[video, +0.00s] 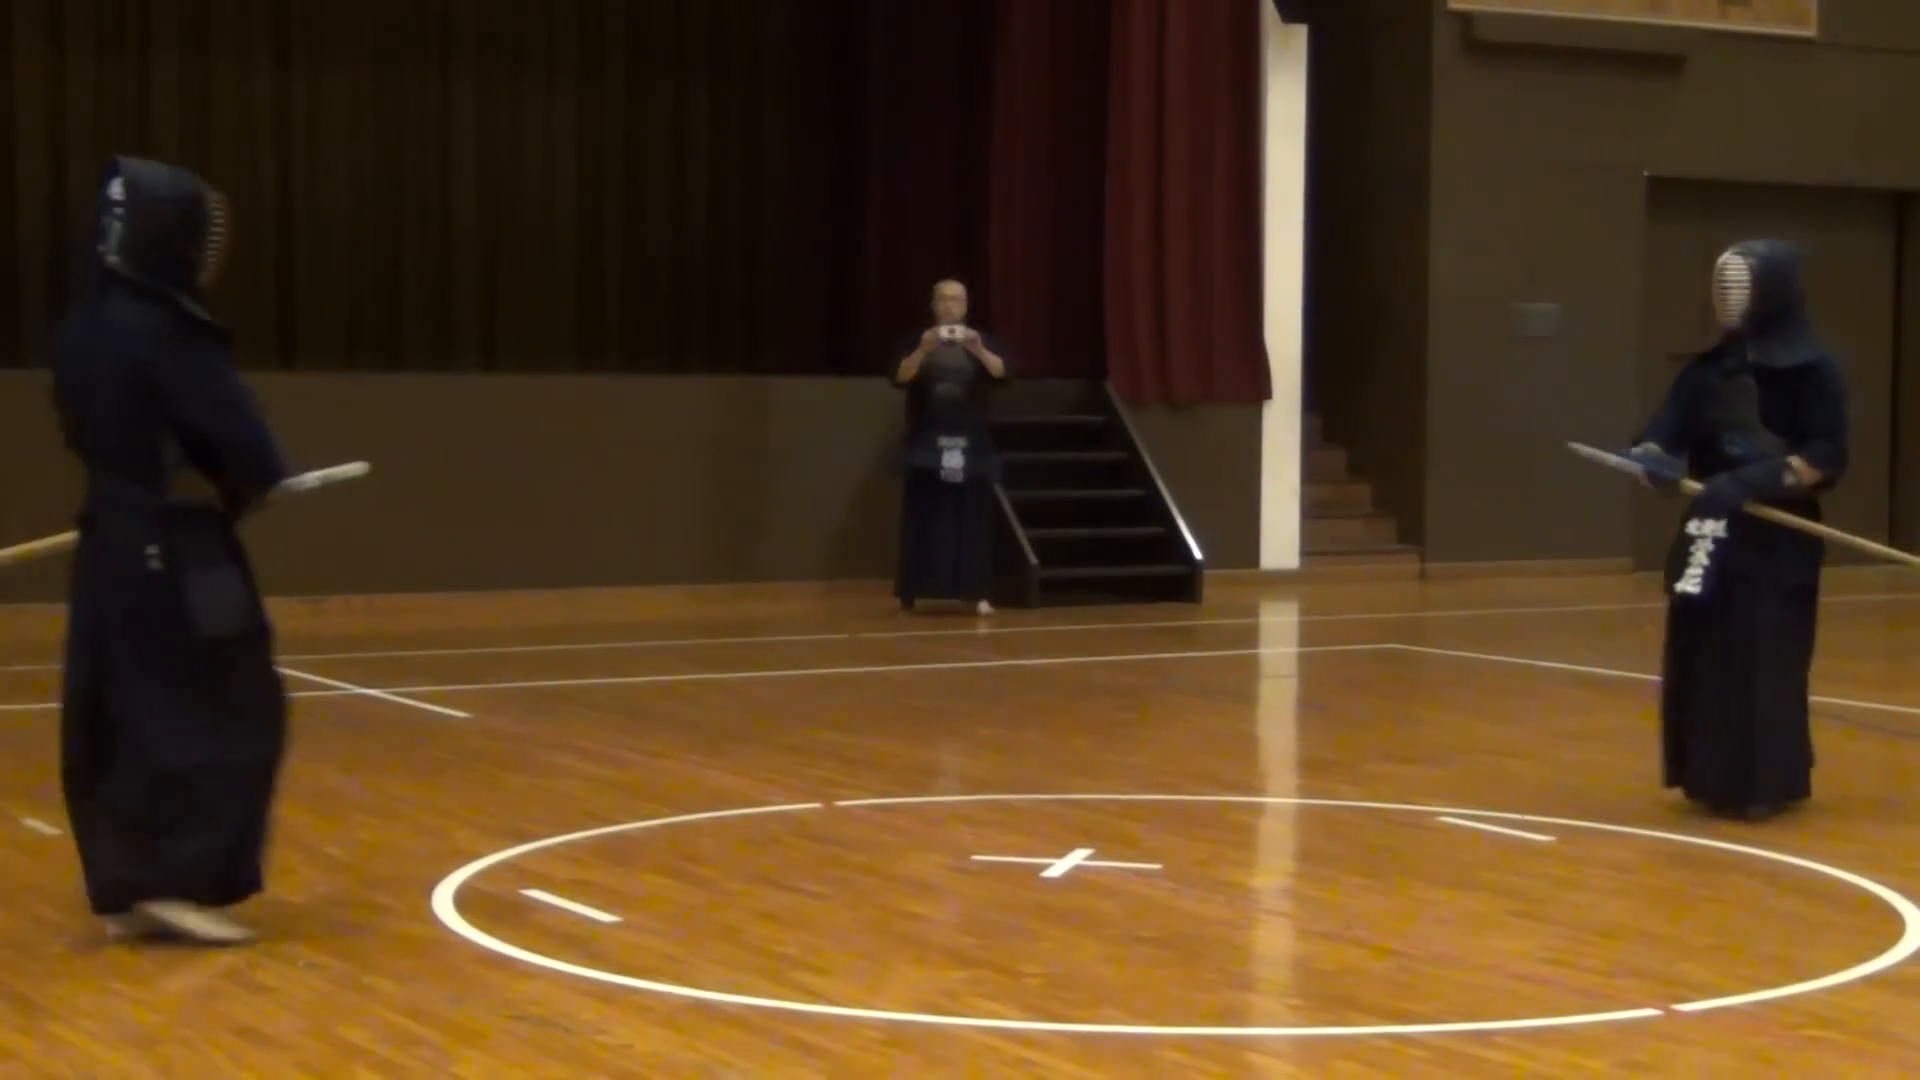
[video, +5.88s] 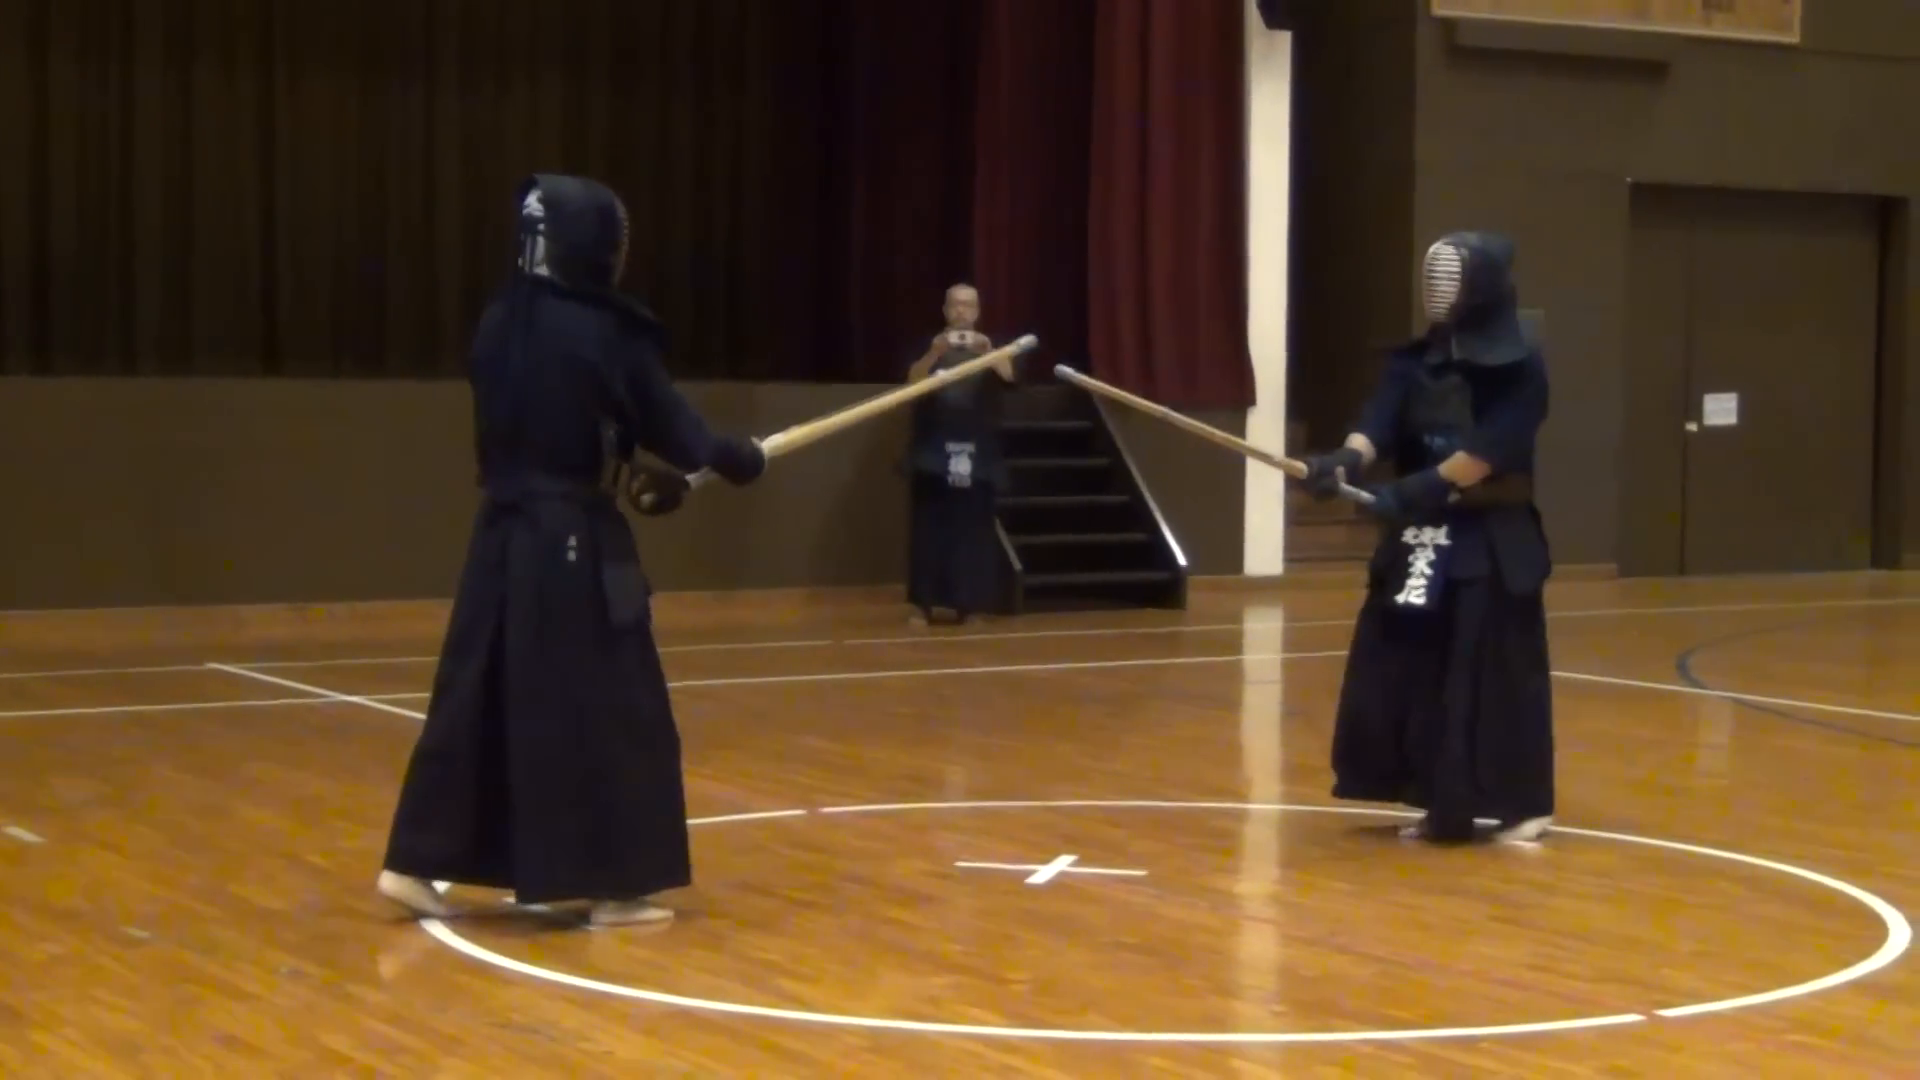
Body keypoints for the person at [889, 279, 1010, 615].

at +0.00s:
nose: (950, 306)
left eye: (956, 300)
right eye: (944, 300)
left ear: (966, 305)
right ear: (933, 304)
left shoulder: (979, 342)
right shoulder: (919, 342)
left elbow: (1002, 373)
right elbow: (899, 377)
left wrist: (976, 349)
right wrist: (925, 348)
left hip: (969, 438)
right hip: (927, 437)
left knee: (974, 514)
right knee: (920, 513)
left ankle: (979, 593)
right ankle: (909, 592)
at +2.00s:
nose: (975, 305)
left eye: (981, 299)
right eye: (969, 299)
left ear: (991, 303)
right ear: (958, 303)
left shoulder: (1003, 340)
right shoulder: (945, 339)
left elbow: (1024, 371)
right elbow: (925, 374)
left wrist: (1000, 348)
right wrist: (948, 347)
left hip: (990, 436)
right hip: (950, 435)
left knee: (987, 512)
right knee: (947, 511)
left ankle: (984, 591)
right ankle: (945, 590)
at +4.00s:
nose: (987, 304)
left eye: (993, 298)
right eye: (981, 297)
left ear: (1003, 302)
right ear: (971, 302)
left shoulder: (1014, 340)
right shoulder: (958, 338)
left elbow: (1035, 370)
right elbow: (937, 373)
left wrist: (1012, 347)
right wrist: (960, 346)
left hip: (1002, 434)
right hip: (962, 434)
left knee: (1000, 512)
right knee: (962, 512)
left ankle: (997, 592)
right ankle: (961, 591)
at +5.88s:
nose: (962, 311)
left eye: (969, 305)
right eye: (956, 305)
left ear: (979, 310)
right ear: (945, 309)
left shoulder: (990, 349)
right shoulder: (931, 347)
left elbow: (1010, 376)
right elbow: (912, 381)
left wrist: (983, 348)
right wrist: (935, 353)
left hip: (976, 444)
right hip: (933, 442)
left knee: (973, 520)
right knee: (930, 519)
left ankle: (971, 604)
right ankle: (923, 601)